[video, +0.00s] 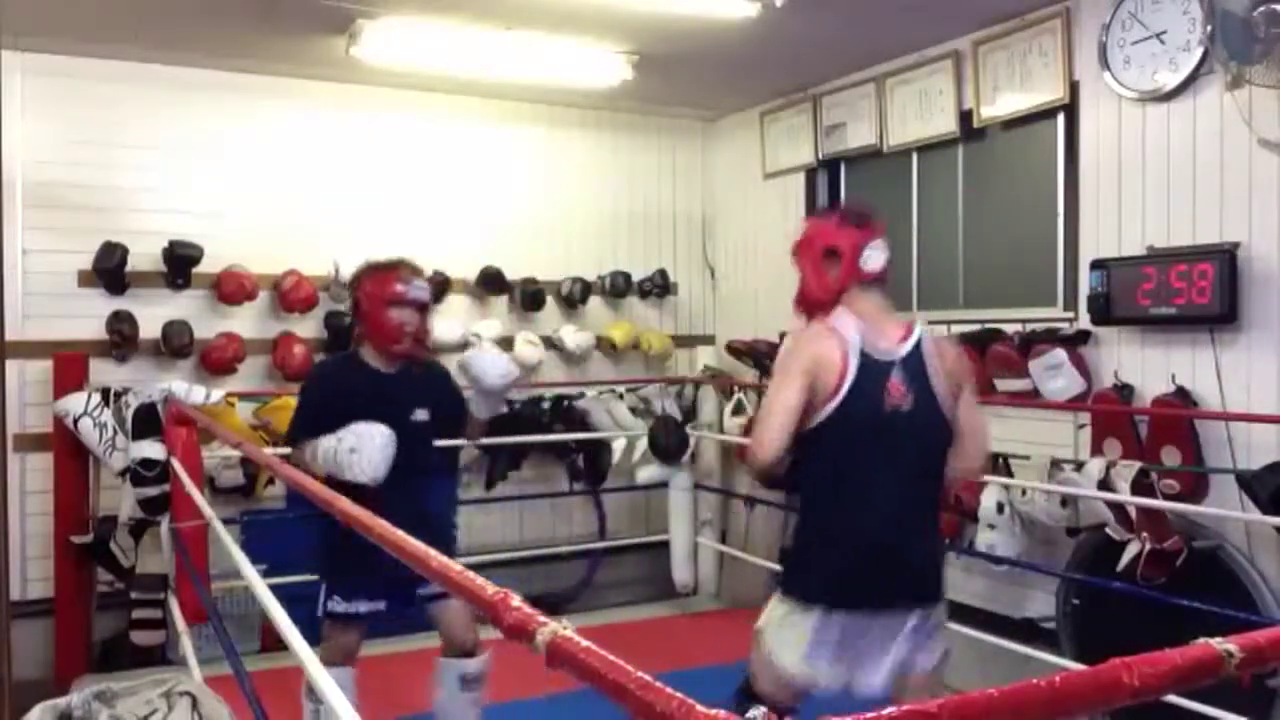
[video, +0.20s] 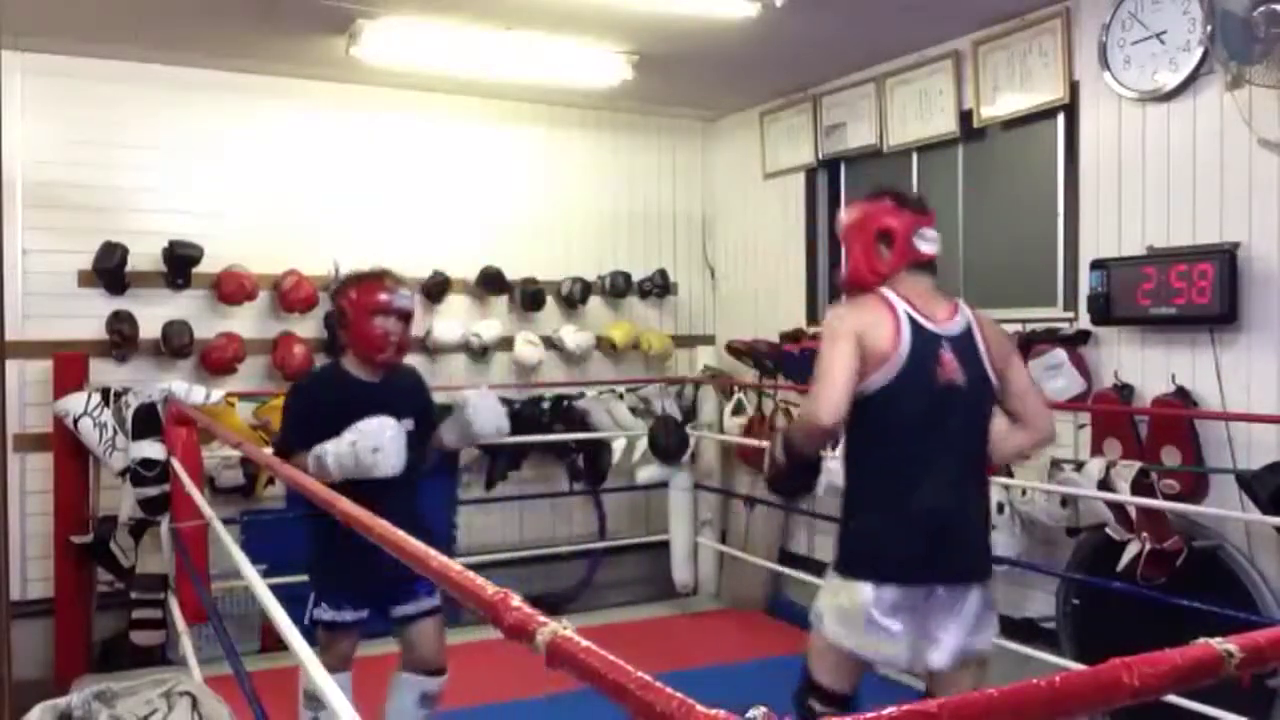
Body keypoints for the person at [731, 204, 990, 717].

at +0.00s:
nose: (800, 284)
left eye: (805, 268)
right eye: (801, 268)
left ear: (829, 267)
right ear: (878, 267)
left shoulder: (813, 343)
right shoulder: (941, 350)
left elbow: (765, 453)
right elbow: (971, 457)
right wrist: (902, 462)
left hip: (827, 580)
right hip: (915, 583)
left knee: (764, 705)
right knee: (920, 714)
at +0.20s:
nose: (843, 260)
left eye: (849, 245)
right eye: (844, 245)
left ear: (881, 244)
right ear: (924, 247)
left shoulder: (855, 317)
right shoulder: (977, 324)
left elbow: (824, 418)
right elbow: (1035, 424)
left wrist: (792, 442)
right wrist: (962, 452)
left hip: (878, 559)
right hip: (962, 558)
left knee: (822, 705)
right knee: (959, 713)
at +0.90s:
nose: (825, 319)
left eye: (825, 304)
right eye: (820, 306)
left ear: (860, 291)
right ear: (888, 282)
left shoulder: (886, 368)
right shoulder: (962, 353)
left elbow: (852, 487)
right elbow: (922, 441)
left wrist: (786, 444)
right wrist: (832, 410)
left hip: (896, 612)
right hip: (972, 602)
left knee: (857, 709)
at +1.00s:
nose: (807, 320)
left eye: (807, 305)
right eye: (802, 307)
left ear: (836, 292)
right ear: (868, 280)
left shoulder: (850, 370)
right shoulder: (946, 352)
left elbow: (800, 469)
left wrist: (756, 406)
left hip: (873, 602)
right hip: (953, 593)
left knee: (840, 707)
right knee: (943, 715)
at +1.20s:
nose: (798, 317)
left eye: (796, 304)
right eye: (792, 306)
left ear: (824, 292)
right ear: (867, 279)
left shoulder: (825, 361)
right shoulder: (929, 348)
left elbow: (747, 443)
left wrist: (730, 358)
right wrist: (794, 350)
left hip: (854, 581)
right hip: (930, 576)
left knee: (827, 703)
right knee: (912, 708)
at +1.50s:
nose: (814, 323)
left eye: (815, 308)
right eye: (811, 309)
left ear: (847, 298)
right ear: (876, 293)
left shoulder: (850, 367)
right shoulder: (935, 366)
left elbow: (802, 473)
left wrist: (754, 406)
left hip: (844, 585)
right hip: (916, 587)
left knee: (731, 695)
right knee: (886, 711)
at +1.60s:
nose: (803, 320)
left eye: (804, 305)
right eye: (799, 306)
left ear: (836, 294)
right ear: (853, 288)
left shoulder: (855, 364)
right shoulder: (913, 358)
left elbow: (787, 460)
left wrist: (754, 383)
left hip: (842, 578)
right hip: (908, 577)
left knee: (731, 695)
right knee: (879, 707)